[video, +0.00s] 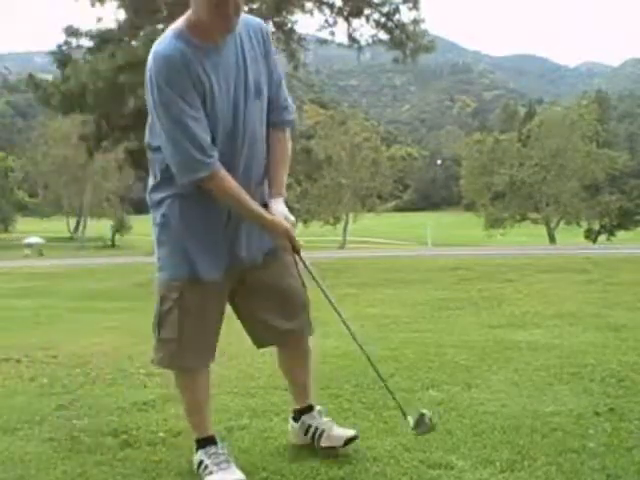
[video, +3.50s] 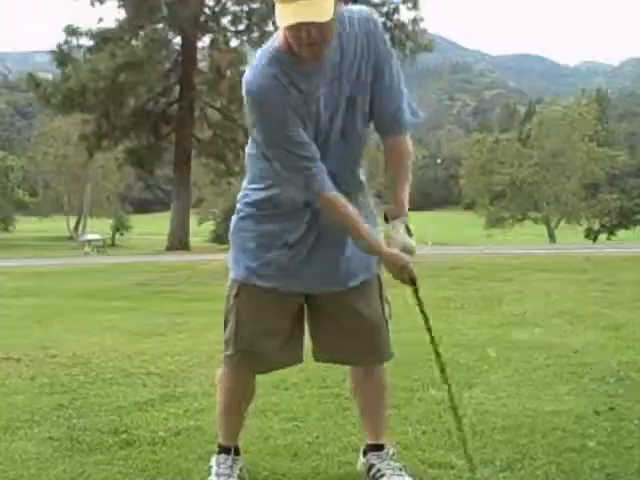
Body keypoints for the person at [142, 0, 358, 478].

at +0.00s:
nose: (237, 5)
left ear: (245, 0)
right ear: (198, 1)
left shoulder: (257, 34)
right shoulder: (169, 58)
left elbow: (279, 120)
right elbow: (201, 167)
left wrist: (276, 197)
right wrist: (266, 220)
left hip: (256, 213)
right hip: (193, 220)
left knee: (293, 313)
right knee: (191, 338)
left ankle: (306, 417)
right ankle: (207, 447)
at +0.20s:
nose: (266, 14)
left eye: (269, 7)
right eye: (258, 8)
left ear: (272, 4)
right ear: (230, 4)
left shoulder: (290, 34)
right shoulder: (197, 58)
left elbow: (307, 129)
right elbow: (221, 167)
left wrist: (299, 204)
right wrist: (281, 228)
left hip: (280, 216)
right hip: (216, 221)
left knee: (333, 310)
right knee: (205, 338)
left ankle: (384, 414)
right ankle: (208, 448)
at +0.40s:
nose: (306, 16)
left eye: (311, 8)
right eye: (296, 9)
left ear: (318, 7)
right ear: (269, 7)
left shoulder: (337, 39)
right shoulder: (239, 61)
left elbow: (348, 135)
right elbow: (254, 171)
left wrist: (335, 216)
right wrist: (311, 240)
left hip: (318, 225)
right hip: (249, 227)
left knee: (357, 335)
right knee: (224, 341)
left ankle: (383, 449)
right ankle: (211, 448)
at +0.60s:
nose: (355, 27)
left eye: (365, 17)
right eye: (344, 18)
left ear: (377, 10)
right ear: (320, 10)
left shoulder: (401, 51)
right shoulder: (290, 65)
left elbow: (403, 153)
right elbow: (304, 178)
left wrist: (370, 234)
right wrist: (347, 257)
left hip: (365, 229)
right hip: (289, 223)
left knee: (386, 344)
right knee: (252, 337)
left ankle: (396, 454)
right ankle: (220, 439)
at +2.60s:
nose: (336, 65)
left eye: (345, 53)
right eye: (322, 56)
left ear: (359, 33)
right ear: (299, 36)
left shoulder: (383, 67)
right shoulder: (270, 86)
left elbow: (375, 169)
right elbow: (289, 199)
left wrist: (353, 257)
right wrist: (329, 277)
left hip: (346, 226)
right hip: (269, 225)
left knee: (368, 341)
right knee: (243, 342)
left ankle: (377, 452)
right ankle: (225, 455)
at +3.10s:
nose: (351, 48)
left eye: (359, 36)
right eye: (338, 39)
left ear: (374, 19)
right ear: (315, 26)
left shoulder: (397, 46)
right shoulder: (296, 84)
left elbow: (409, 148)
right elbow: (341, 195)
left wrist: (410, 232)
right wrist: (399, 259)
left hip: (372, 223)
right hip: (299, 227)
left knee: (386, 341)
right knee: (265, 347)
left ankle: (379, 452)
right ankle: (229, 455)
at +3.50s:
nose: (307, 37)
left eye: (318, 24)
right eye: (294, 27)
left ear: (336, 10)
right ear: (277, 18)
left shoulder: (365, 32)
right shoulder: (264, 81)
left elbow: (394, 128)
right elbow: (317, 186)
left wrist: (398, 208)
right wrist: (382, 249)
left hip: (346, 217)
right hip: (269, 221)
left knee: (369, 339)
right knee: (241, 348)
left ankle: (378, 455)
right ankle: (226, 457)